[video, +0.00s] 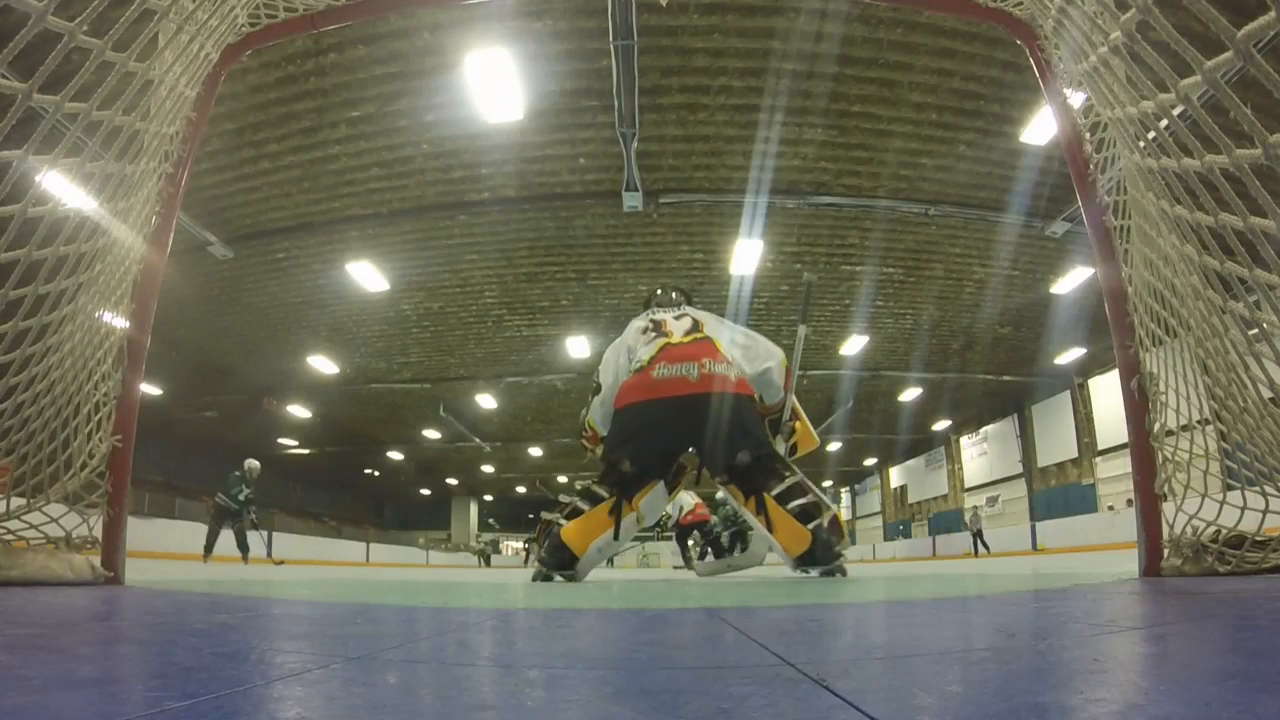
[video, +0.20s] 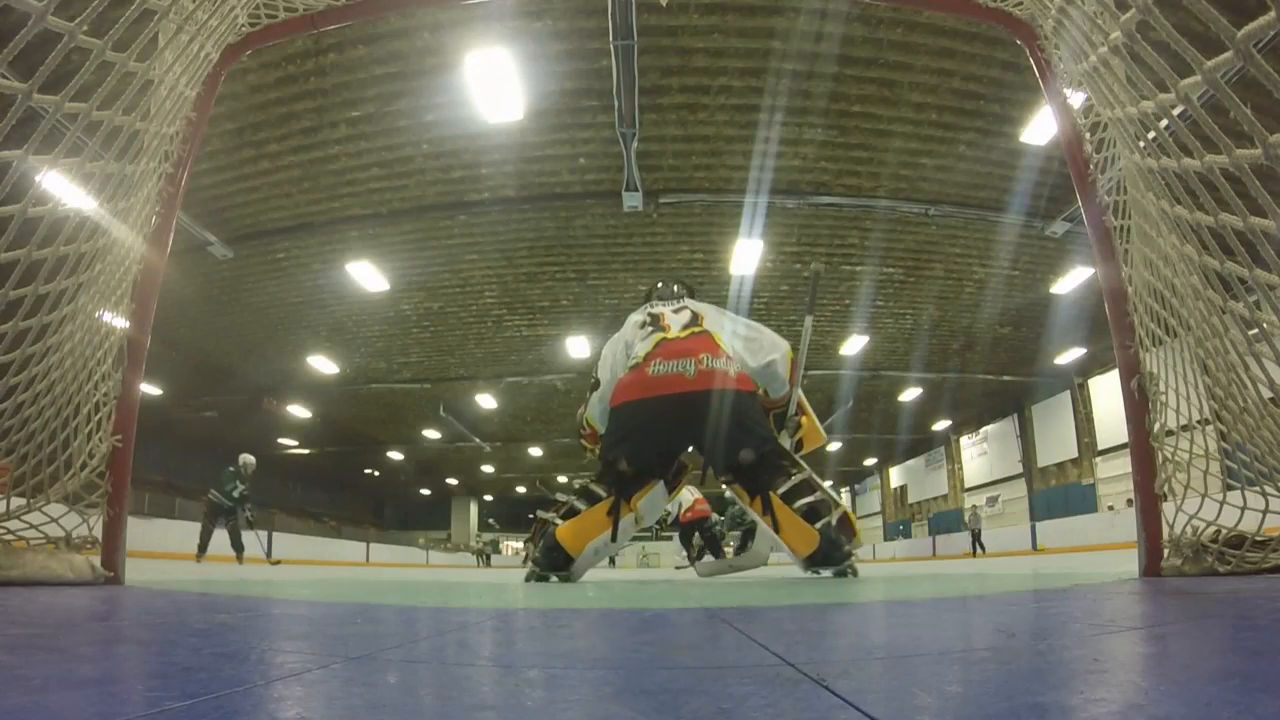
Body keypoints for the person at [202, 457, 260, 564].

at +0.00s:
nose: (256, 475)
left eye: (257, 473)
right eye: (255, 472)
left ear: (255, 472)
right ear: (248, 470)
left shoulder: (250, 486)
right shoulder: (235, 476)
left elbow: (249, 502)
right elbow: (234, 492)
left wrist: (253, 517)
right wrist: (246, 498)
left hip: (235, 510)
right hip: (221, 506)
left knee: (240, 532)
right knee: (214, 531)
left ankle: (245, 554)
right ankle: (207, 553)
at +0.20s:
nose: (251, 471)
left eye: (252, 468)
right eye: (250, 468)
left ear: (250, 467)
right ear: (243, 465)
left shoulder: (245, 481)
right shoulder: (230, 472)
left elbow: (245, 499)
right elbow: (229, 488)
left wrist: (248, 514)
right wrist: (241, 497)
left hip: (230, 507)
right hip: (215, 503)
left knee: (234, 530)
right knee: (207, 528)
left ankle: (239, 553)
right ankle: (201, 552)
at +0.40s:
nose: (245, 467)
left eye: (246, 464)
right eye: (244, 463)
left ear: (245, 463)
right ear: (237, 460)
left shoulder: (240, 477)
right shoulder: (223, 467)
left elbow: (239, 496)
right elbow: (222, 485)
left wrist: (243, 512)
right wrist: (235, 498)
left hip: (223, 504)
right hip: (208, 500)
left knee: (228, 527)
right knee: (199, 526)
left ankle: (233, 552)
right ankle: (192, 551)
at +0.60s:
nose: (239, 462)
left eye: (240, 459)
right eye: (238, 458)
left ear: (239, 458)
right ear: (231, 455)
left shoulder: (235, 472)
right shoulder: (216, 462)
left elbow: (233, 493)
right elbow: (214, 480)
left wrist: (237, 510)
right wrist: (228, 493)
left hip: (216, 501)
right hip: (200, 497)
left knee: (221, 526)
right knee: (190, 523)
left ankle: (226, 551)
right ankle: (182, 550)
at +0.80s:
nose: (234, 453)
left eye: (235, 450)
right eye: (232, 449)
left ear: (233, 450)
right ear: (224, 447)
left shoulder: (228, 468)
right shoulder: (209, 455)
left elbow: (226, 489)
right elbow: (204, 474)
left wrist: (229, 505)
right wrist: (220, 487)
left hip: (207, 498)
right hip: (190, 492)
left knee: (213, 523)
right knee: (180, 521)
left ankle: (219, 550)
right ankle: (171, 549)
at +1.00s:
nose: (225, 447)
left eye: (226, 444)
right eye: (224, 443)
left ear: (223, 443)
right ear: (215, 440)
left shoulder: (219, 460)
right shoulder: (198, 449)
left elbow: (219, 483)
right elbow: (194, 469)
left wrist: (222, 502)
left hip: (199, 493)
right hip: (181, 488)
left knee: (204, 519)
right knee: (170, 518)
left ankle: (211, 550)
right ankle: (160, 548)